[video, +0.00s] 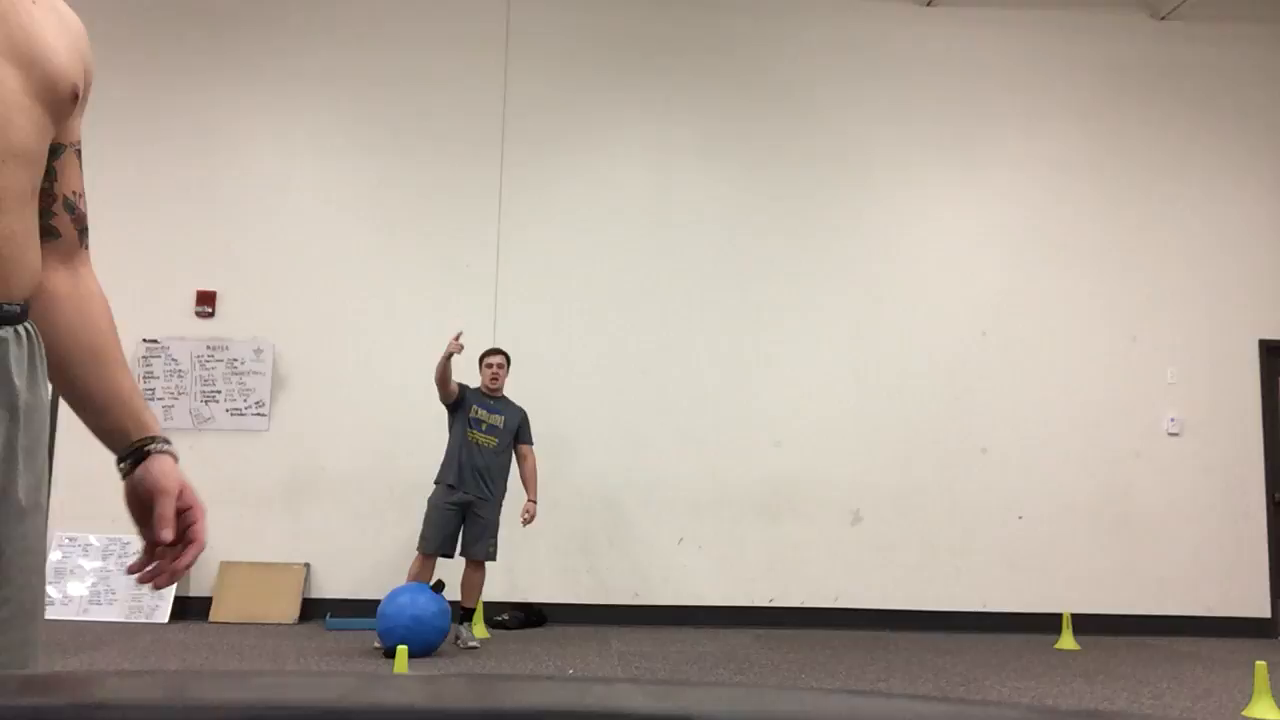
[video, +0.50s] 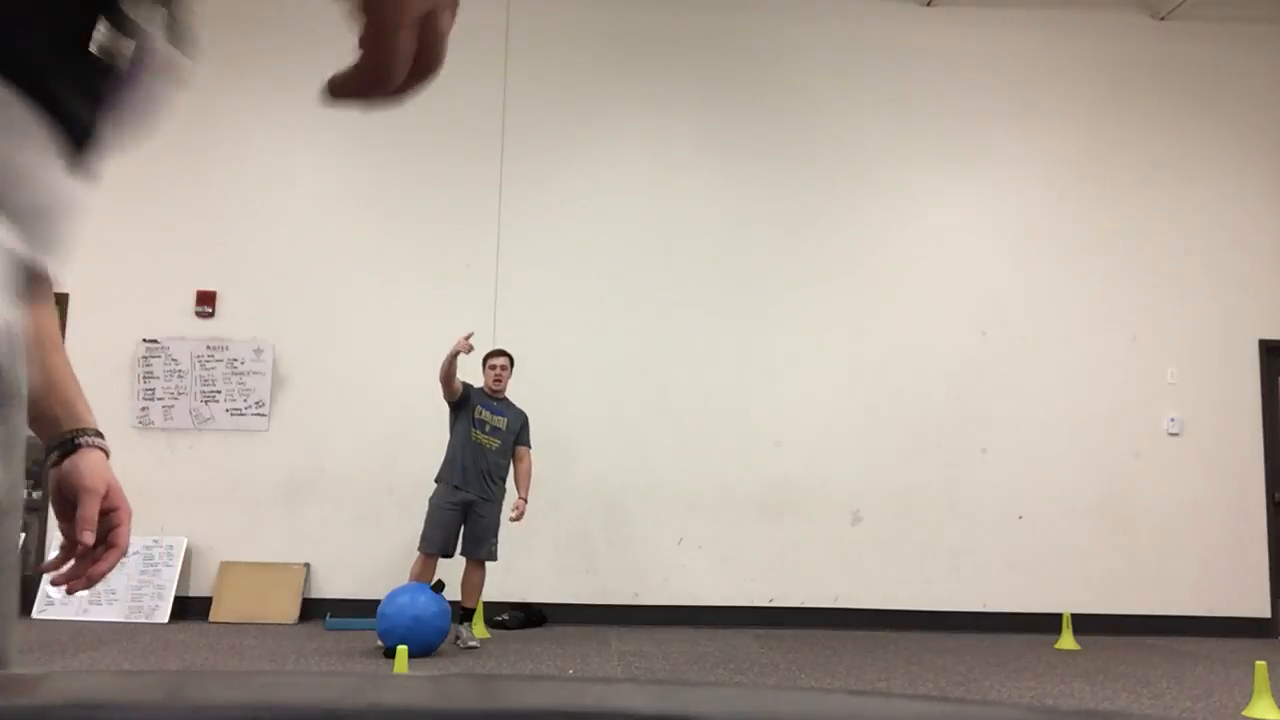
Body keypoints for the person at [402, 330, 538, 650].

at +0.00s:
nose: (495, 371)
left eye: (501, 367)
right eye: (490, 366)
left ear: (507, 374)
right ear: (480, 371)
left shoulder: (516, 414)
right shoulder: (464, 395)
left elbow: (526, 456)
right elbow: (444, 385)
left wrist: (531, 498)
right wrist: (447, 355)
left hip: (487, 497)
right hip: (449, 488)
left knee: (477, 560)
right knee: (428, 552)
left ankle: (464, 625)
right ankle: (403, 621)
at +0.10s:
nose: (496, 372)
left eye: (501, 368)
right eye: (490, 368)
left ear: (507, 375)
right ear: (480, 373)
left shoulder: (517, 416)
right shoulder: (464, 397)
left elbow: (526, 458)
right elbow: (443, 385)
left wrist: (532, 498)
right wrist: (448, 353)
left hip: (488, 498)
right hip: (450, 489)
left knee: (477, 561)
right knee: (429, 553)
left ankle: (464, 626)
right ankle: (405, 622)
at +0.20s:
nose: (496, 371)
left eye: (502, 367)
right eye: (491, 366)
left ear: (508, 374)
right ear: (481, 372)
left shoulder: (516, 416)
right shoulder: (464, 397)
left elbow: (525, 459)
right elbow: (444, 379)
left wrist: (531, 497)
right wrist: (448, 345)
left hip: (487, 497)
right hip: (450, 488)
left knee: (477, 561)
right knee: (429, 552)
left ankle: (464, 627)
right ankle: (402, 625)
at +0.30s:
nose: (497, 370)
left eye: (503, 366)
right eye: (492, 365)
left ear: (510, 373)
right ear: (482, 370)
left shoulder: (517, 415)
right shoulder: (465, 394)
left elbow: (524, 458)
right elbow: (446, 376)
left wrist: (528, 496)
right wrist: (450, 342)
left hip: (487, 496)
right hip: (450, 487)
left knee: (477, 560)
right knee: (428, 550)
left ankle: (464, 626)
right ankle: (402, 624)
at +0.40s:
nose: (498, 371)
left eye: (504, 367)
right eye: (493, 366)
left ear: (511, 373)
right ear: (483, 371)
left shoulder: (518, 415)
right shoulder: (466, 394)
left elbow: (523, 457)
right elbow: (449, 379)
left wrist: (525, 496)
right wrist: (453, 349)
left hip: (487, 496)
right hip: (450, 486)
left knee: (477, 560)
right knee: (428, 550)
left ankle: (464, 626)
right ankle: (404, 622)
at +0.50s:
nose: (498, 372)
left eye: (504, 368)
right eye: (493, 367)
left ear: (510, 375)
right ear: (483, 372)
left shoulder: (517, 417)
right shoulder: (466, 395)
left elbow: (522, 458)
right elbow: (448, 381)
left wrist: (523, 496)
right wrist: (453, 353)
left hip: (488, 497)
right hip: (451, 487)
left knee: (478, 559)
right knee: (430, 551)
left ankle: (464, 625)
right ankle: (407, 620)